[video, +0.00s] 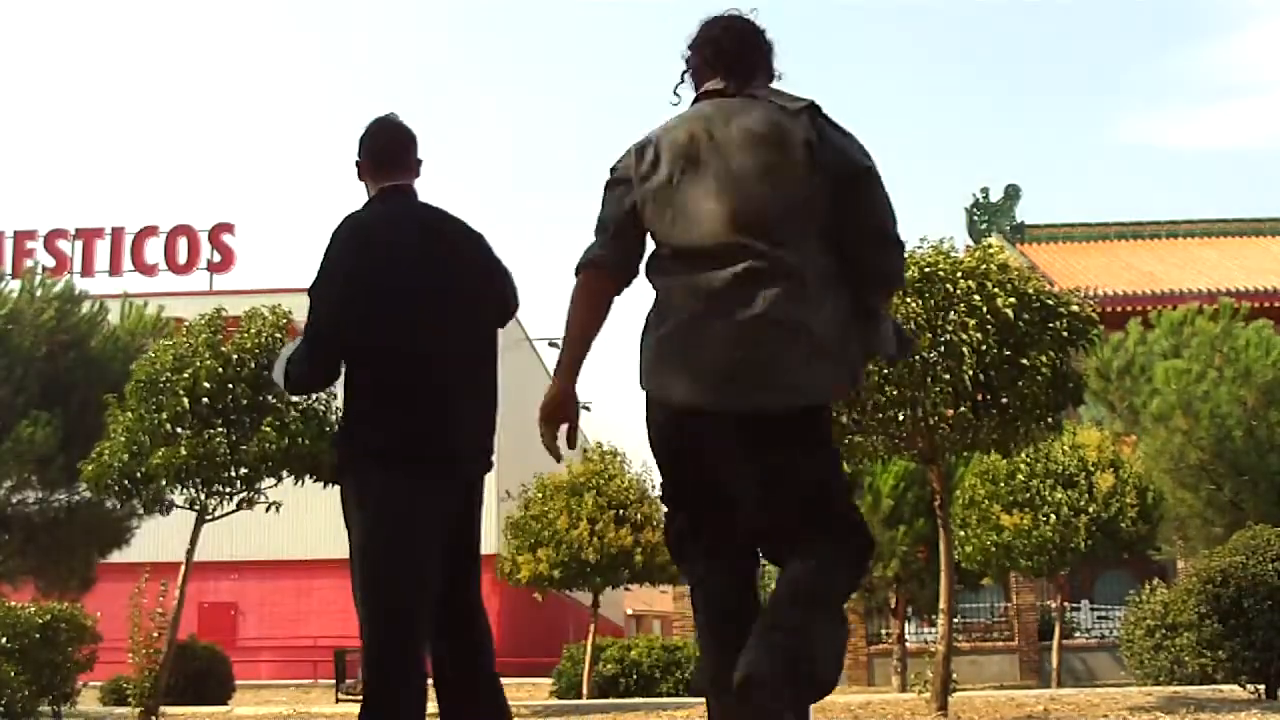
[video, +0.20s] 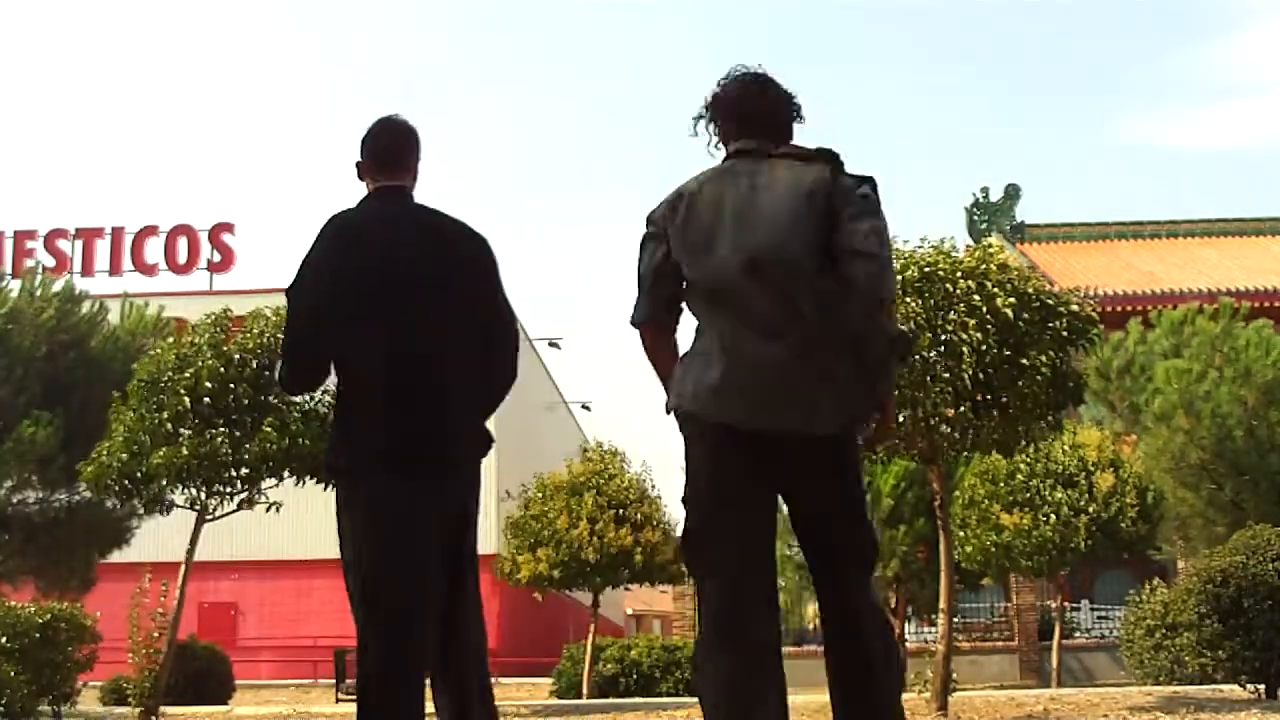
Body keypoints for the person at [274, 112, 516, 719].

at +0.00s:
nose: (365, 172)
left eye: (362, 165)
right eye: (401, 162)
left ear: (361, 168)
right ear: (418, 166)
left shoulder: (354, 239)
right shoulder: (466, 239)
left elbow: (319, 361)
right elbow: (504, 302)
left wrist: (287, 362)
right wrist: (441, 324)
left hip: (381, 454)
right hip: (460, 452)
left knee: (390, 622)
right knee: (459, 615)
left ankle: (393, 719)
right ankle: (480, 717)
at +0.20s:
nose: (369, 173)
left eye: (364, 164)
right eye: (402, 164)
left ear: (362, 168)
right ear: (419, 167)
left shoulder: (340, 237)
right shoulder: (467, 242)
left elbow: (299, 372)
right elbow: (504, 350)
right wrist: (467, 412)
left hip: (370, 452)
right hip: (455, 454)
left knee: (385, 625)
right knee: (458, 621)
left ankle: (390, 718)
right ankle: (470, 715)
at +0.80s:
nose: (459, 189)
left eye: (457, 180)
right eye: (461, 180)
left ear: (402, 178)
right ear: (455, 179)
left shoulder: (354, 243)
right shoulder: (485, 256)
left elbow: (327, 365)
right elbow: (528, 379)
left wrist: (381, 361)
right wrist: (518, 453)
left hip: (378, 459)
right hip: (464, 458)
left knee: (381, 624)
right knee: (488, 624)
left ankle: (381, 713)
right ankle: (491, 712)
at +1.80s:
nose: (365, 206)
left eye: (360, 199)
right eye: (389, 196)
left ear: (358, 196)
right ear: (412, 192)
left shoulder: (354, 244)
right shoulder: (461, 258)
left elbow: (324, 362)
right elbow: (487, 353)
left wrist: (285, 377)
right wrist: (439, 394)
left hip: (378, 465)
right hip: (461, 465)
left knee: (379, 637)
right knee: (479, 634)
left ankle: (390, 715)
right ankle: (492, 716)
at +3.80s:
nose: (347, 205)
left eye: (327, 195)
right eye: (363, 196)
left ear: (316, 195)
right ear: (371, 196)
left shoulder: (289, 258)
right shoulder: (407, 254)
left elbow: (262, 354)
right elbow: (472, 343)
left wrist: (319, 381)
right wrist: (516, 418)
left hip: (326, 459)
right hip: (408, 454)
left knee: (340, 606)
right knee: (424, 603)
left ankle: (357, 709)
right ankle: (441, 708)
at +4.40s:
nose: (407, 211)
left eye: (409, 201)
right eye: (406, 199)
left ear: (354, 190)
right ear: (387, 192)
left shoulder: (300, 260)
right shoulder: (380, 241)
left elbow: (286, 364)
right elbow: (405, 346)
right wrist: (460, 408)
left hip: (308, 453)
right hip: (377, 450)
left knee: (331, 606)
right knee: (399, 606)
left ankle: (306, 712)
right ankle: (418, 713)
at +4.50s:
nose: (426, 213)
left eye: (428, 202)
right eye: (425, 201)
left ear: (377, 187)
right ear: (407, 190)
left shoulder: (330, 250)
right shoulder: (392, 237)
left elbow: (305, 353)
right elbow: (402, 340)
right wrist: (449, 401)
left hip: (324, 448)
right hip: (380, 449)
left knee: (340, 597)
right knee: (396, 596)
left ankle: (314, 710)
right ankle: (417, 710)